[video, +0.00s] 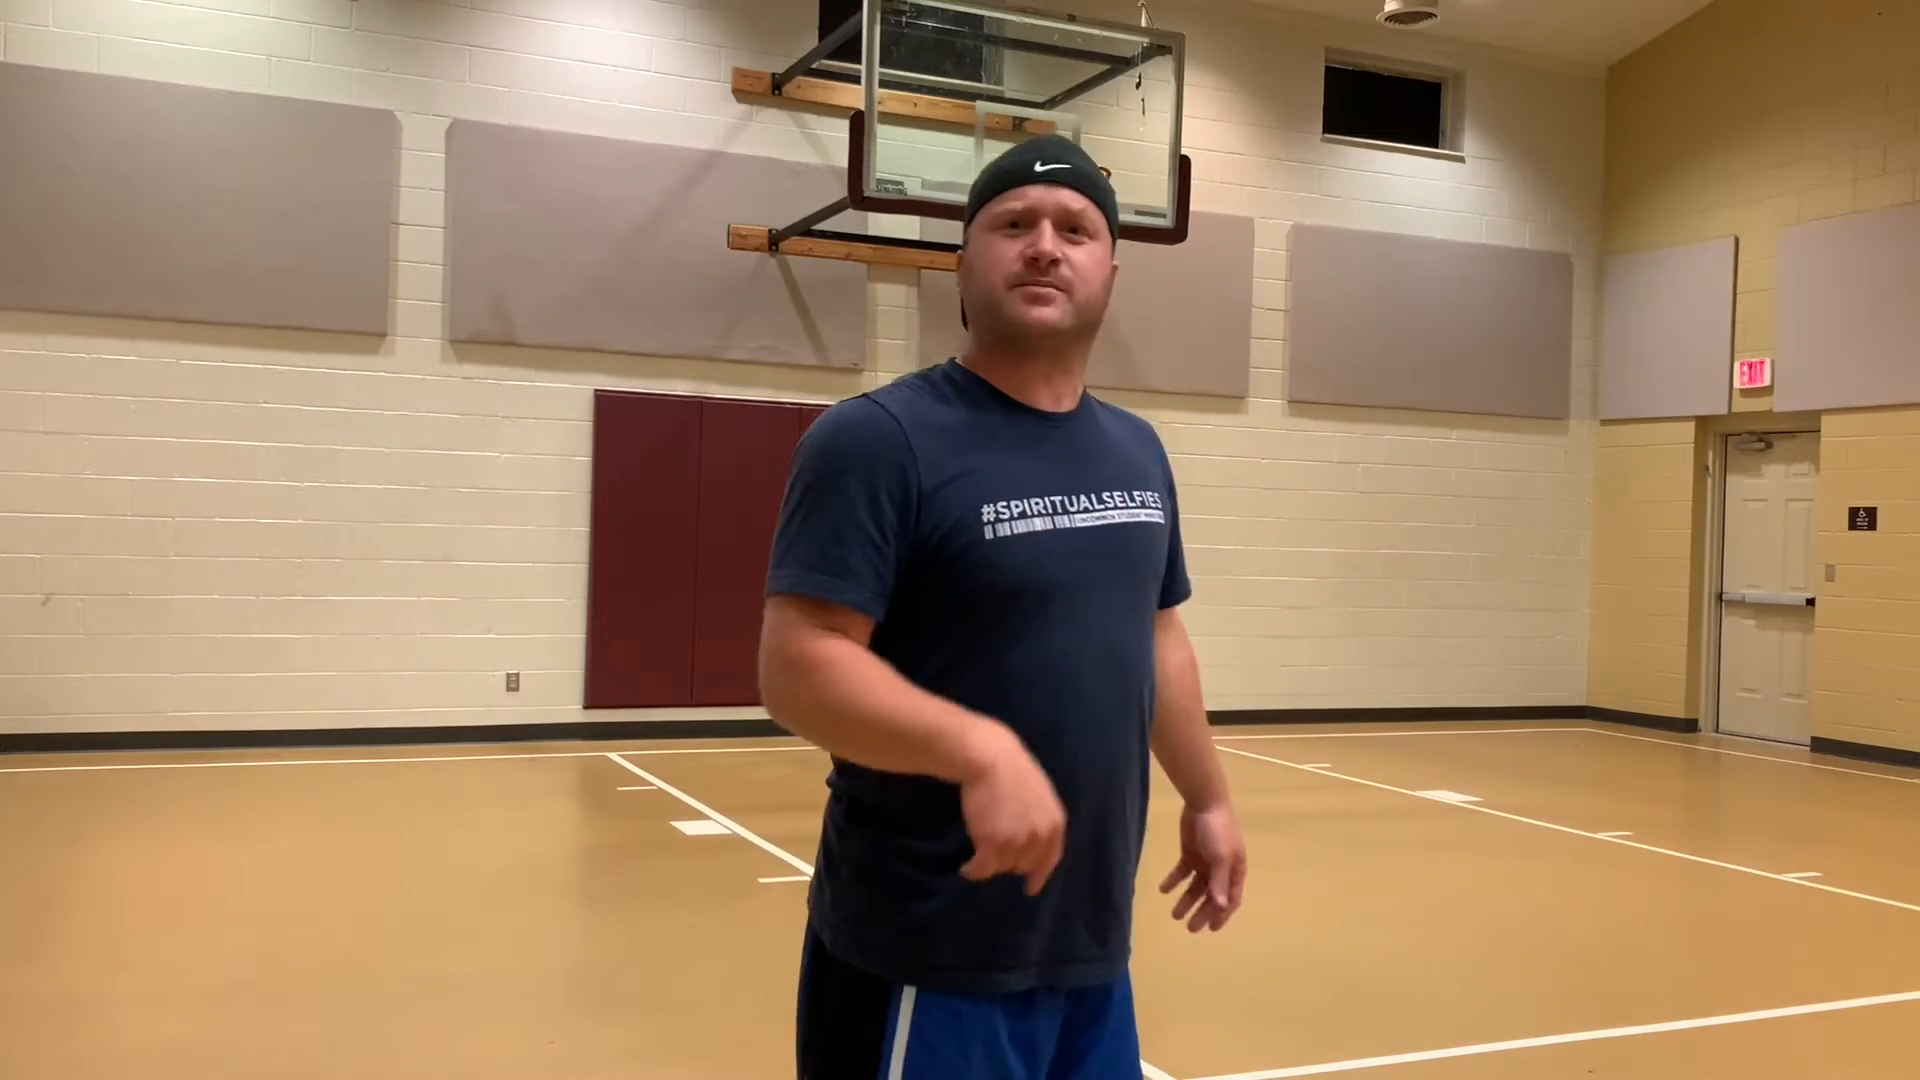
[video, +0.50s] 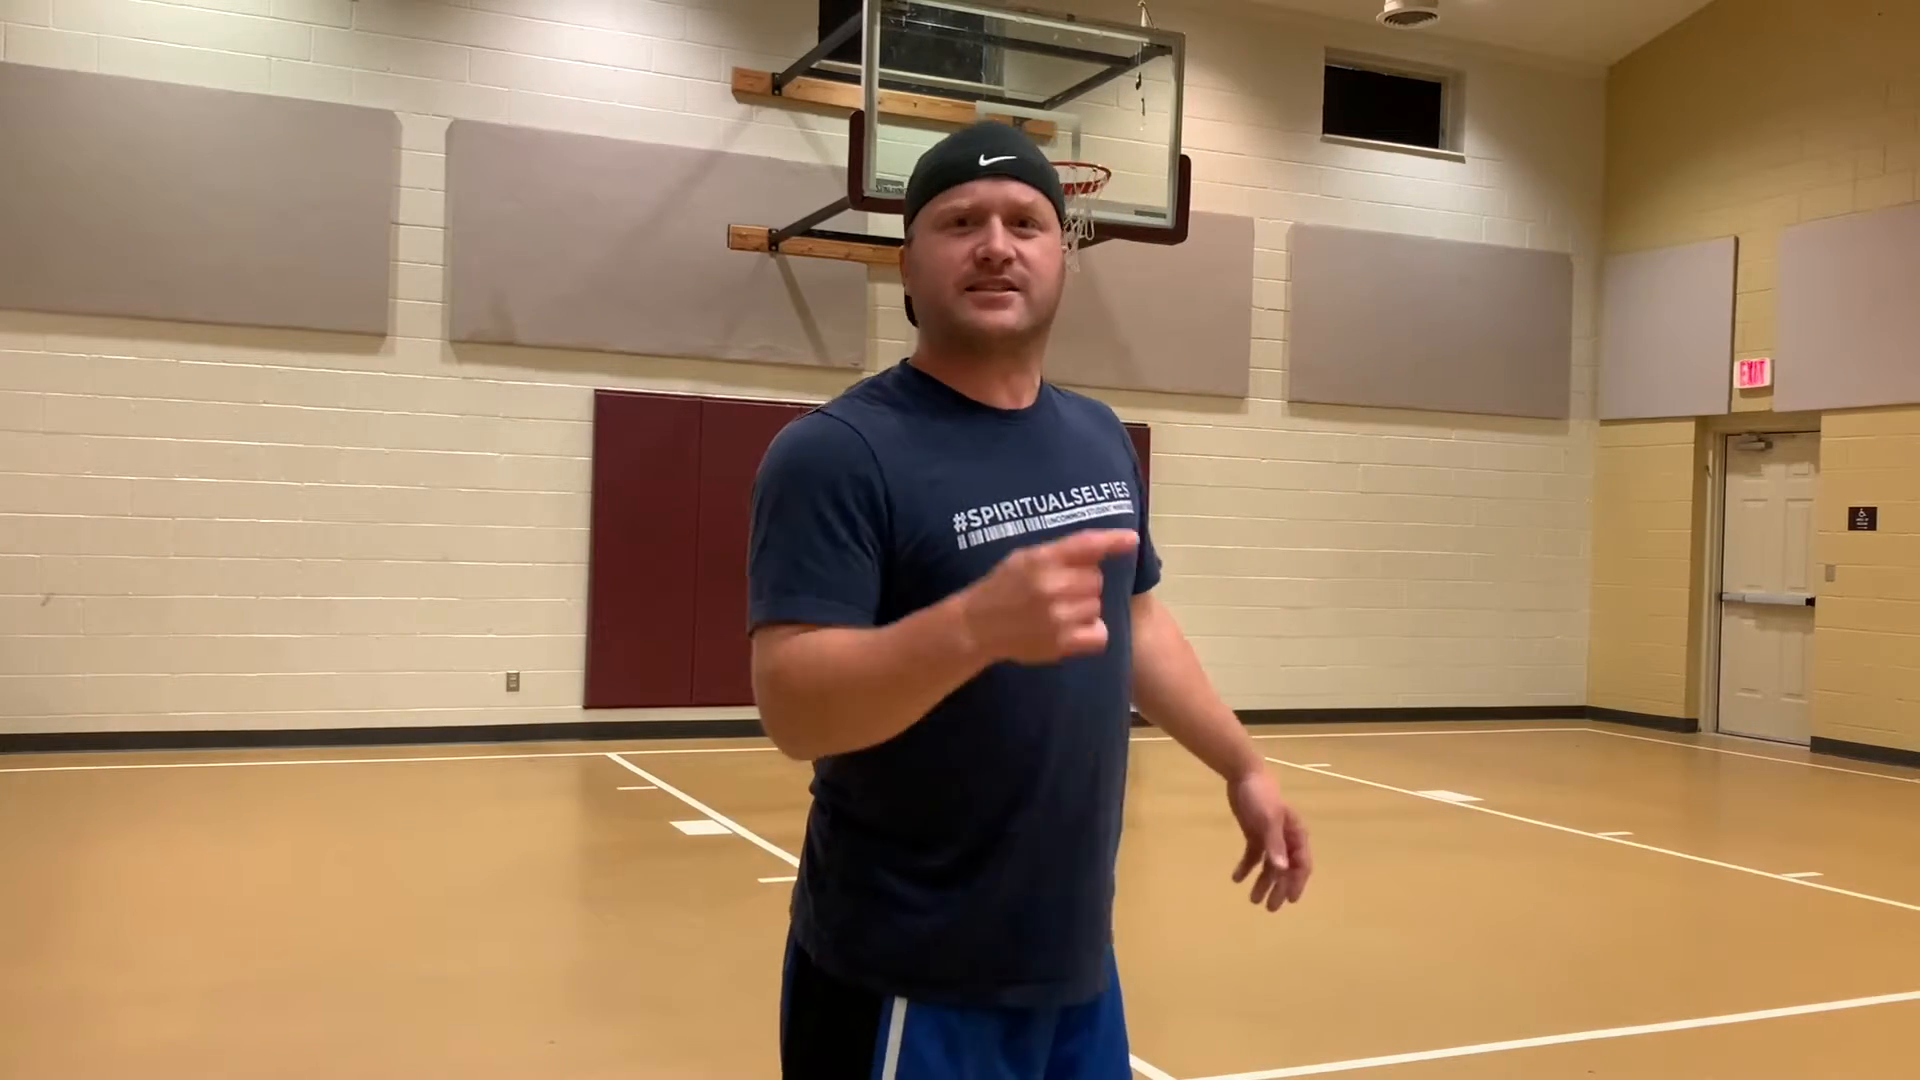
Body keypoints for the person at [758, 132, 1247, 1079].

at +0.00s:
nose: (1044, 247)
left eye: (1074, 229)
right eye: (1014, 224)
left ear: (1112, 273)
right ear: (962, 263)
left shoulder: (1135, 450)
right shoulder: (875, 440)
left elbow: (1155, 631)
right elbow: (797, 663)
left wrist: (1207, 794)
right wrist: (981, 750)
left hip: (1089, 947)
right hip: (918, 958)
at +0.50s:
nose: (995, 247)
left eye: (1025, 223)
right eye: (960, 223)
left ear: (1065, 260)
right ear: (907, 263)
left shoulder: (1097, 437)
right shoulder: (835, 455)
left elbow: (1134, 618)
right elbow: (797, 710)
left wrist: (1242, 763)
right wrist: (974, 626)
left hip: (1072, 954)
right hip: (901, 973)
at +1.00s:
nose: (1005, 246)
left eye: (1036, 223)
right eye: (971, 219)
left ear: (1073, 263)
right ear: (914, 257)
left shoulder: (1106, 443)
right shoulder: (837, 448)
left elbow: (1147, 633)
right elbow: (806, 694)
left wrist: (1238, 804)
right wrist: (1039, 730)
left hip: (1076, 960)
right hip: (903, 977)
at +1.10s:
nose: (1025, 271)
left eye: (1059, 248)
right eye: (997, 235)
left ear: (1092, 280)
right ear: (937, 248)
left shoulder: (1104, 445)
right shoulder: (834, 450)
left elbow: (1142, 635)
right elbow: (790, 694)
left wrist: (1236, 807)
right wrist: (997, 810)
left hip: (1079, 981)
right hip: (902, 994)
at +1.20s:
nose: (1030, 275)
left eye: (1066, 253)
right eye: (1003, 240)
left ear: (1099, 281)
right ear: (943, 251)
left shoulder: (1113, 448)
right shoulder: (838, 452)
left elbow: (1143, 641)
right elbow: (788, 698)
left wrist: (1224, 821)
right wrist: (942, 883)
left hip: (1076, 972)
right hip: (893, 986)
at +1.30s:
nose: (1023, 274)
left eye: (1056, 248)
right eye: (992, 242)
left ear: (1095, 269)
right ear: (936, 254)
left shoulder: (1118, 450)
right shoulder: (840, 453)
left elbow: (1147, 648)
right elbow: (794, 701)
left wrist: (1214, 833)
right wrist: (882, 947)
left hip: (1075, 969)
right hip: (902, 992)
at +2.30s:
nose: (1023, 280)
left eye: (1051, 254)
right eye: (988, 251)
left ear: (1084, 283)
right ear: (928, 278)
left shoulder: (1085, 439)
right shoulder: (869, 471)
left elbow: (1128, 608)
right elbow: (801, 714)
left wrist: (1207, 728)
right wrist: (864, 986)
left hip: (1046, 977)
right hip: (896, 995)